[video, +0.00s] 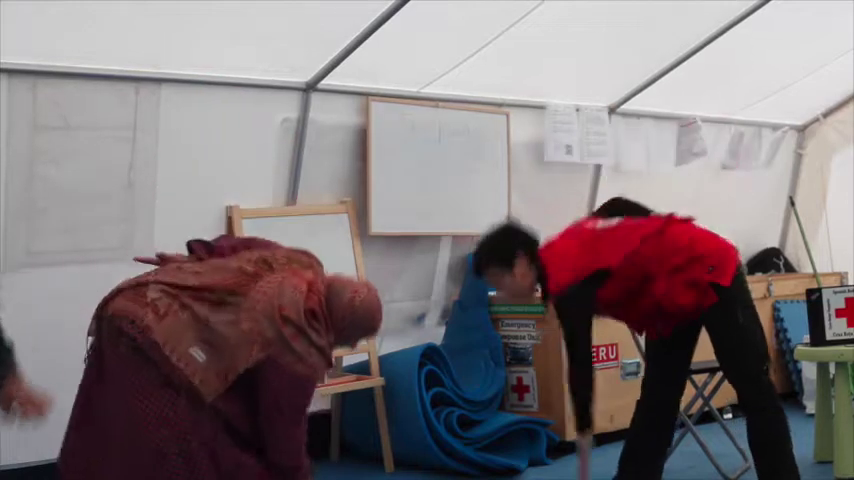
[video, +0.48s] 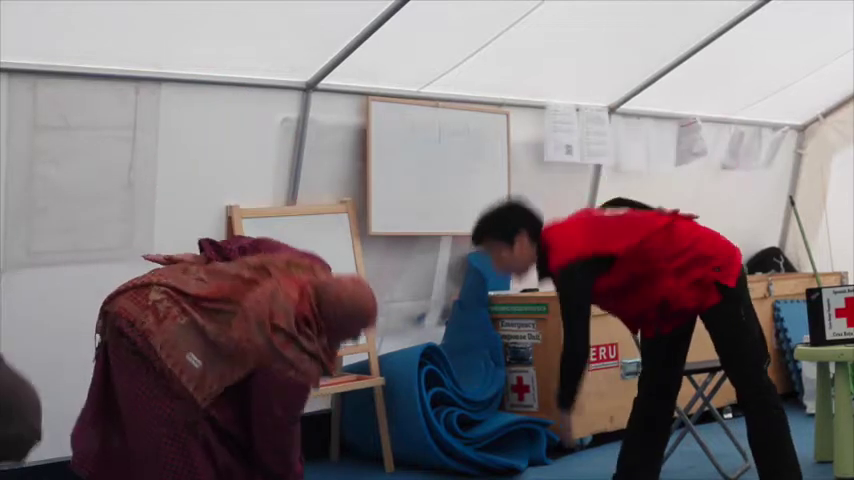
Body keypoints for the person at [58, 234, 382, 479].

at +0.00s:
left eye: (348, 281)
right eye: (351, 337)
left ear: (337, 279)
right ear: (346, 336)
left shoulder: (297, 261)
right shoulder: (298, 350)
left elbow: (218, 247)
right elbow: (284, 441)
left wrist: (188, 263)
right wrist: (295, 472)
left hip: (124, 310)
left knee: (106, 440)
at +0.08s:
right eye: (357, 349)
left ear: (341, 290)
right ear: (349, 350)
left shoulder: (302, 272)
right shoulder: (298, 367)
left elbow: (234, 252)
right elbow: (283, 449)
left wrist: (192, 264)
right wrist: (290, 477)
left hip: (128, 311)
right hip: (166, 363)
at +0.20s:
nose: (357, 305)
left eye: (359, 312)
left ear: (346, 305)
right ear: (352, 362)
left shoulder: (313, 284)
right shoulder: (304, 379)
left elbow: (257, 259)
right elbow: (283, 456)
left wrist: (205, 264)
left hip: (132, 306)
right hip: (161, 363)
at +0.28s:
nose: (359, 305)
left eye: (360, 312)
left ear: (347, 307)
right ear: (351, 365)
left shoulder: (315, 285)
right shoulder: (303, 383)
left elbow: (258, 259)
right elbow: (283, 459)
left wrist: (207, 265)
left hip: (133, 305)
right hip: (161, 363)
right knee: (184, 457)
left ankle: (87, 464)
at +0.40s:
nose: (338, 290)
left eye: (339, 294)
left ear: (337, 295)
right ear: (347, 354)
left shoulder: (313, 278)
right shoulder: (297, 373)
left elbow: (256, 254)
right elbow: (281, 455)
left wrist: (205, 263)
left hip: (132, 303)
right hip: (157, 357)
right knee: (182, 457)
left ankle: (91, 464)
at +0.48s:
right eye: (357, 329)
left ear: (334, 279)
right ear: (345, 330)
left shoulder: (305, 263)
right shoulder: (290, 359)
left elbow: (229, 248)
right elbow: (277, 442)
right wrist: (288, 475)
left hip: (126, 305)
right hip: (162, 352)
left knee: (114, 435)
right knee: (179, 456)